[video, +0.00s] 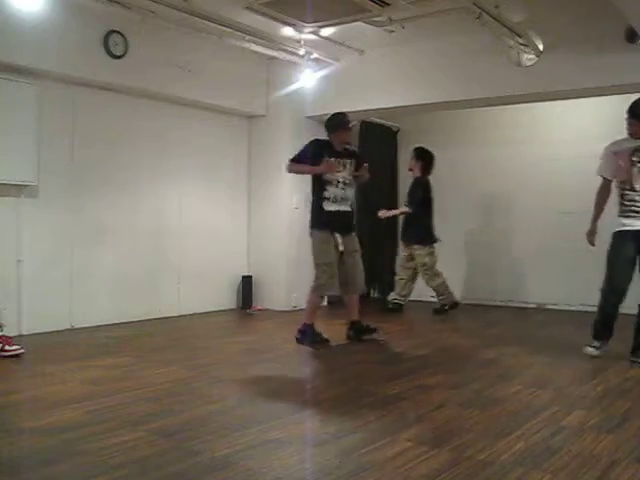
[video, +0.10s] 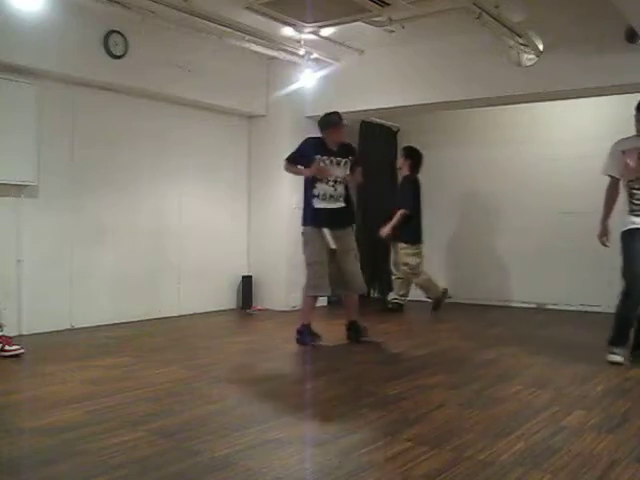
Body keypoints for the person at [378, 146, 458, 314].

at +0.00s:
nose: (409, 162)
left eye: (413, 159)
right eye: (411, 159)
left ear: (419, 163)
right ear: (422, 164)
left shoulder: (421, 184)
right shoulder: (418, 183)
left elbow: (411, 208)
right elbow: (417, 210)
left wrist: (389, 213)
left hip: (421, 237)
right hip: (410, 236)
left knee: (428, 272)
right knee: (405, 272)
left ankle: (447, 299)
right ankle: (397, 300)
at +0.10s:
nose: (398, 161)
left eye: (400, 158)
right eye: (399, 158)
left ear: (407, 161)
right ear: (412, 162)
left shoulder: (409, 182)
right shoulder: (407, 181)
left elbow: (404, 209)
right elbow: (404, 208)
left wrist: (389, 226)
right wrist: (393, 225)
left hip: (409, 234)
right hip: (402, 234)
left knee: (410, 268)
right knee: (400, 269)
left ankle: (437, 293)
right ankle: (397, 299)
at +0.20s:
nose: (387, 159)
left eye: (391, 156)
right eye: (389, 156)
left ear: (398, 161)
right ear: (398, 160)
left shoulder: (399, 181)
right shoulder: (398, 180)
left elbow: (396, 209)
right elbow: (395, 209)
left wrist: (397, 232)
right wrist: (391, 230)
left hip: (396, 234)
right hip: (395, 233)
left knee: (392, 267)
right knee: (395, 268)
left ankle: (419, 290)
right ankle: (396, 298)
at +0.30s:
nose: (377, 159)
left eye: (381, 156)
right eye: (378, 156)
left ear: (390, 160)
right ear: (383, 161)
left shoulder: (395, 180)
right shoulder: (380, 180)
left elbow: (398, 208)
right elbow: (370, 205)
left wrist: (399, 230)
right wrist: (358, 221)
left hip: (387, 231)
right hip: (379, 230)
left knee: (375, 260)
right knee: (391, 266)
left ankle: (391, 294)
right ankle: (395, 297)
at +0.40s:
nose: (367, 160)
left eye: (371, 157)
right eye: (368, 157)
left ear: (379, 161)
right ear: (372, 161)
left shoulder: (386, 181)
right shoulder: (369, 181)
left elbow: (396, 206)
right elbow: (357, 205)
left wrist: (397, 229)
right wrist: (336, 215)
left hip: (382, 230)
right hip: (372, 229)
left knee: (366, 262)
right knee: (383, 266)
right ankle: (394, 297)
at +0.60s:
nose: (347, 159)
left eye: (351, 156)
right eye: (349, 155)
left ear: (359, 161)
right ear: (356, 161)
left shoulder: (365, 181)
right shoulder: (351, 180)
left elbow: (372, 208)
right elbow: (344, 203)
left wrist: (382, 231)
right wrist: (327, 213)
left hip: (359, 233)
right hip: (355, 232)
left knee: (350, 268)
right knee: (368, 268)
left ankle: (344, 300)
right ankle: (387, 293)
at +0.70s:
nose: (337, 156)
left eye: (341, 153)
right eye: (339, 153)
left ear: (348, 158)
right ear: (346, 158)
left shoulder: (353, 179)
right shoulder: (338, 179)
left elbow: (357, 209)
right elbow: (335, 205)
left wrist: (361, 232)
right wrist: (325, 221)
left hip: (348, 235)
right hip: (336, 233)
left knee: (345, 271)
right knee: (346, 269)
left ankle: (340, 304)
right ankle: (372, 290)